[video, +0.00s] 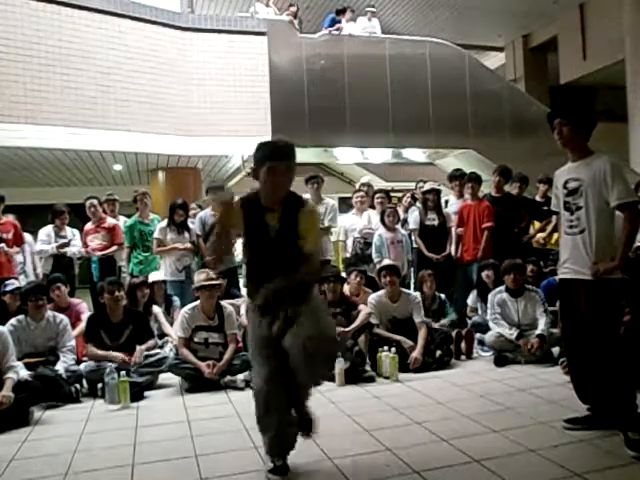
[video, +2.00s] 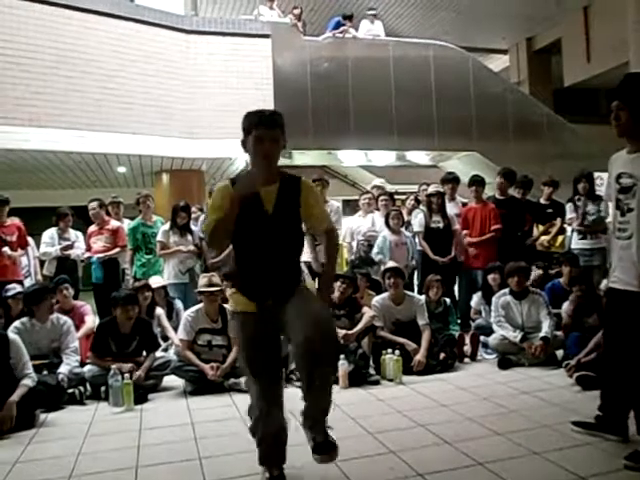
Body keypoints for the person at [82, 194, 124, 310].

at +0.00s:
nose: (93, 210)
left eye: (95, 206)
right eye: (89, 208)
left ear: (100, 207)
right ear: (87, 211)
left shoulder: (112, 224)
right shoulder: (87, 227)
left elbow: (119, 244)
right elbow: (84, 245)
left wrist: (102, 253)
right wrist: (86, 250)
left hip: (107, 258)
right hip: (93, 259)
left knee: (110, 288)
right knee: (94, 289)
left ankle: (111, 315)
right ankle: (98, 315)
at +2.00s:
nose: (92, 213)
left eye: (95, 209)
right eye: (90, 210)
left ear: (103, 209)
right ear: (88, 213)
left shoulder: (116, 226)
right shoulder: (90, 230)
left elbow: (122, 247)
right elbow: (89, 248)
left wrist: (105, 255)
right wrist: (87, 254)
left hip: (111, 262)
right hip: (96, 264)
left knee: (113, 294)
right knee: (99, 296)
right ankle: (104, 325)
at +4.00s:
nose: (96, 212)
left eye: (98, 209)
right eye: (93, 210)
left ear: (104, 210)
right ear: (90, 213)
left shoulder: (116, 226)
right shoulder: (90, 231)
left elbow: (122, 246)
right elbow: (89, 250)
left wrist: (105, 256)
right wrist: (87, 256)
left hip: (111, 262)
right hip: (96, 264)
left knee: (113, 295)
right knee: (100, 297)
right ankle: (104, 324)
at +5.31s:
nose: (92, 219)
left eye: (94, 215)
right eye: (90, 216)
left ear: (101, 212)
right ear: (88, 215)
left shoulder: (116, 227)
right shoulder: (91, 230)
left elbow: (123, 247)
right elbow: (89, 249)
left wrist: (104, 253)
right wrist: (87, 255)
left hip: (111, 262)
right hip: (96, 264)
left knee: (114, 295)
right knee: (100, 298)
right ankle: (104, 325)